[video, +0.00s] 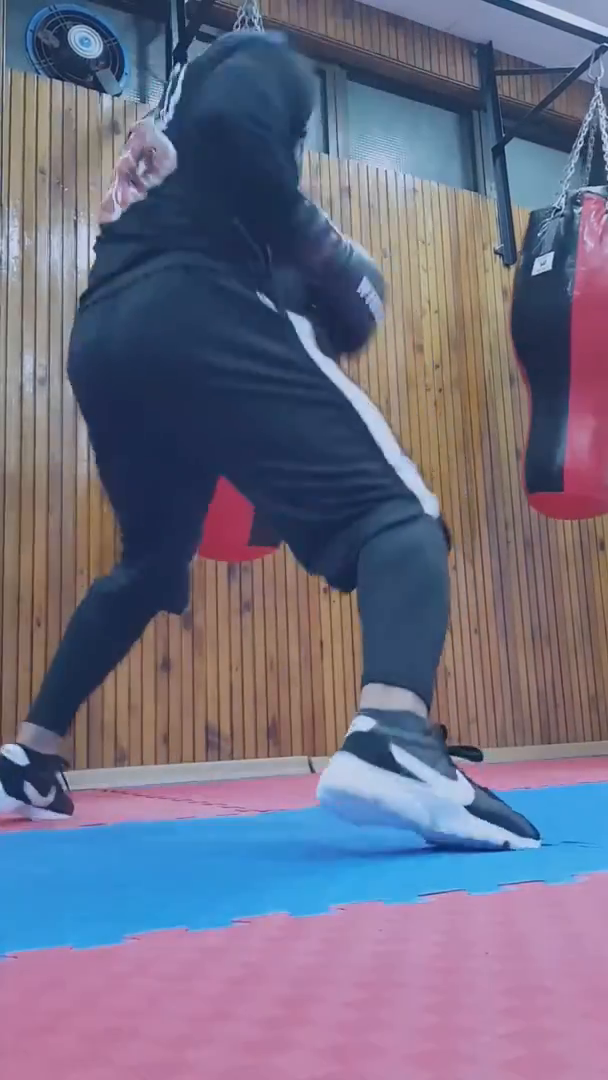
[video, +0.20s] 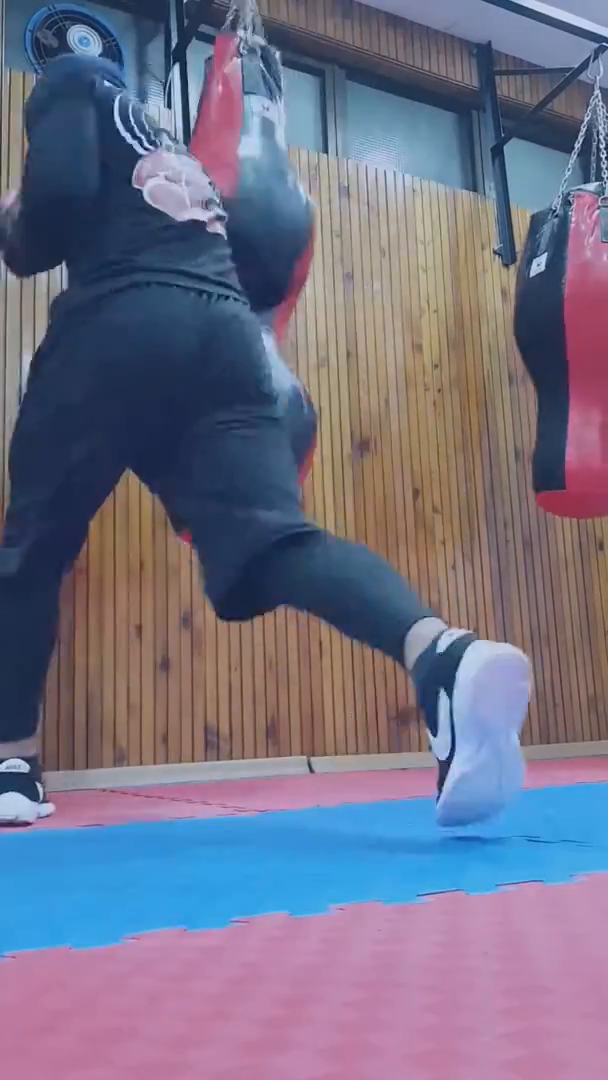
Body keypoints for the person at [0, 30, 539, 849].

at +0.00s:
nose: (306, 94)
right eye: (304, 79)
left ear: (219, 51)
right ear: (279, 46)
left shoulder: (166, 129)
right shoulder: (265, 55)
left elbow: (219, 251)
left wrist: (321, 298)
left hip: (98, 338)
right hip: (192, 306)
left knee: (148, 567)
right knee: (398, 517)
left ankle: (31, 755)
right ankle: (393, 730)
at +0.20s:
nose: (45, 73)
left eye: (47, 59)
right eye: (50, 61)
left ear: (59, 53)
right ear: (116, 63)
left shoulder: (69, 82)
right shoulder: (172, 142)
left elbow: (60, 195)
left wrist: (14, 235)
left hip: (118, 322)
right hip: (226, 325)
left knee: (30, 549)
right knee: (274, 542)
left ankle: (12, 761)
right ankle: (442, 656)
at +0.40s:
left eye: (65, 79)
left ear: (69, 90)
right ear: (150, 84)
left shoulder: (42, 128)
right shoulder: (214, 131)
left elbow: (15, 271)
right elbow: (285, 278)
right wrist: (193, 278)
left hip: (121, 350)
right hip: (241, 346)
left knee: (44, 564)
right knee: (320, 551)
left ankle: (15, 764)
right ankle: (364, 689)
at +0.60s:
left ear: (160, 18)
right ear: (246, 7)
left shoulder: (125, 87)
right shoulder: (297, 49)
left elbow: (87, 241)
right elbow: (361, 213)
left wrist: (179, 193)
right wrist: (276, 155)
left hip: (163, 314)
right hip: (279, 292)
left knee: (124, 548)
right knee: (387, 523)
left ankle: (27, 767)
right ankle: (348, 763)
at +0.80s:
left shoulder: (243, 40)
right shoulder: (423, 13)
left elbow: (166, 132)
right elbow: (446, 173)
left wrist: (239, 228)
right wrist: (409, 209)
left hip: (260, 258)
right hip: (368, 242)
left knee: (265, 514)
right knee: (421, 504)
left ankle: (208, 743)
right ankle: (355, 769)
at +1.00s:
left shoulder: (348, 17)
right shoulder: (515, 17)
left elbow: (272, 118)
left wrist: (351, 191)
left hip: (367, 234)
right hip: (473, 217)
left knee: (427, 501)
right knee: (455, 486)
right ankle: (366, 742)